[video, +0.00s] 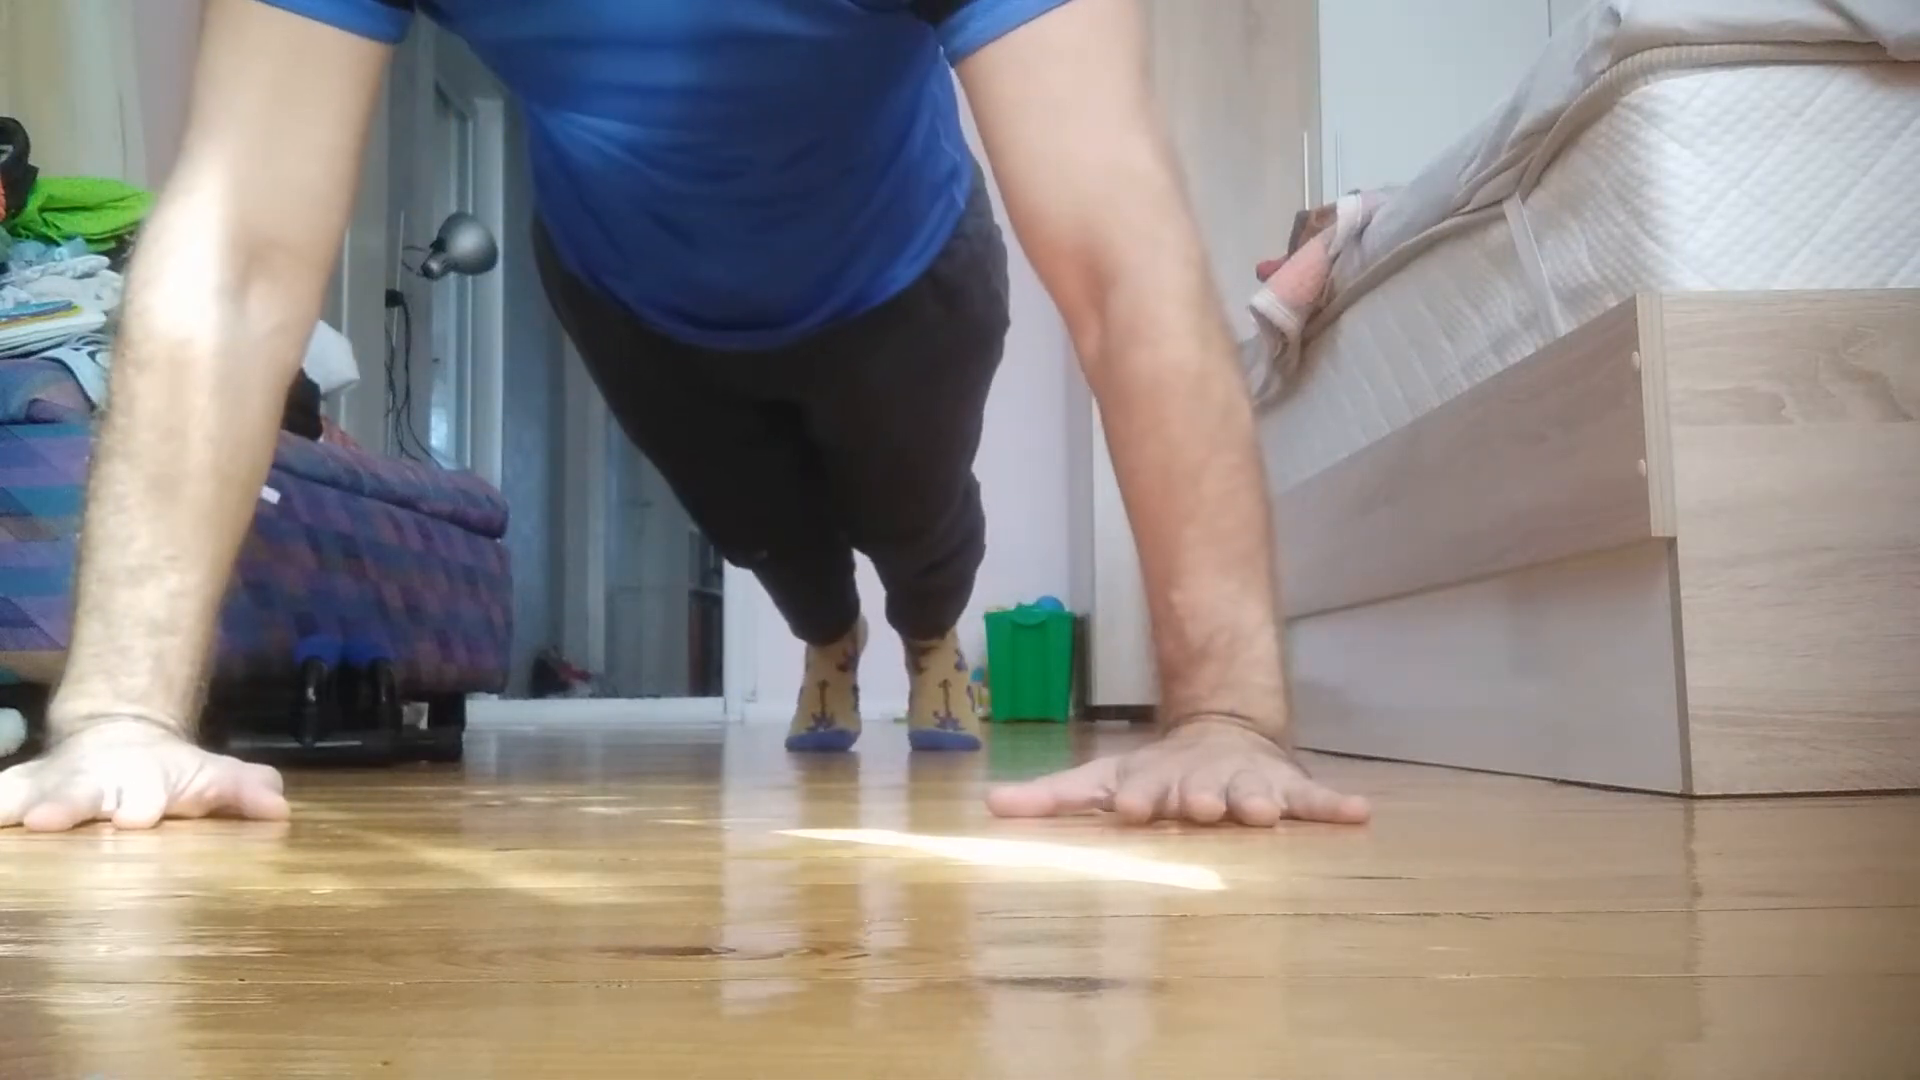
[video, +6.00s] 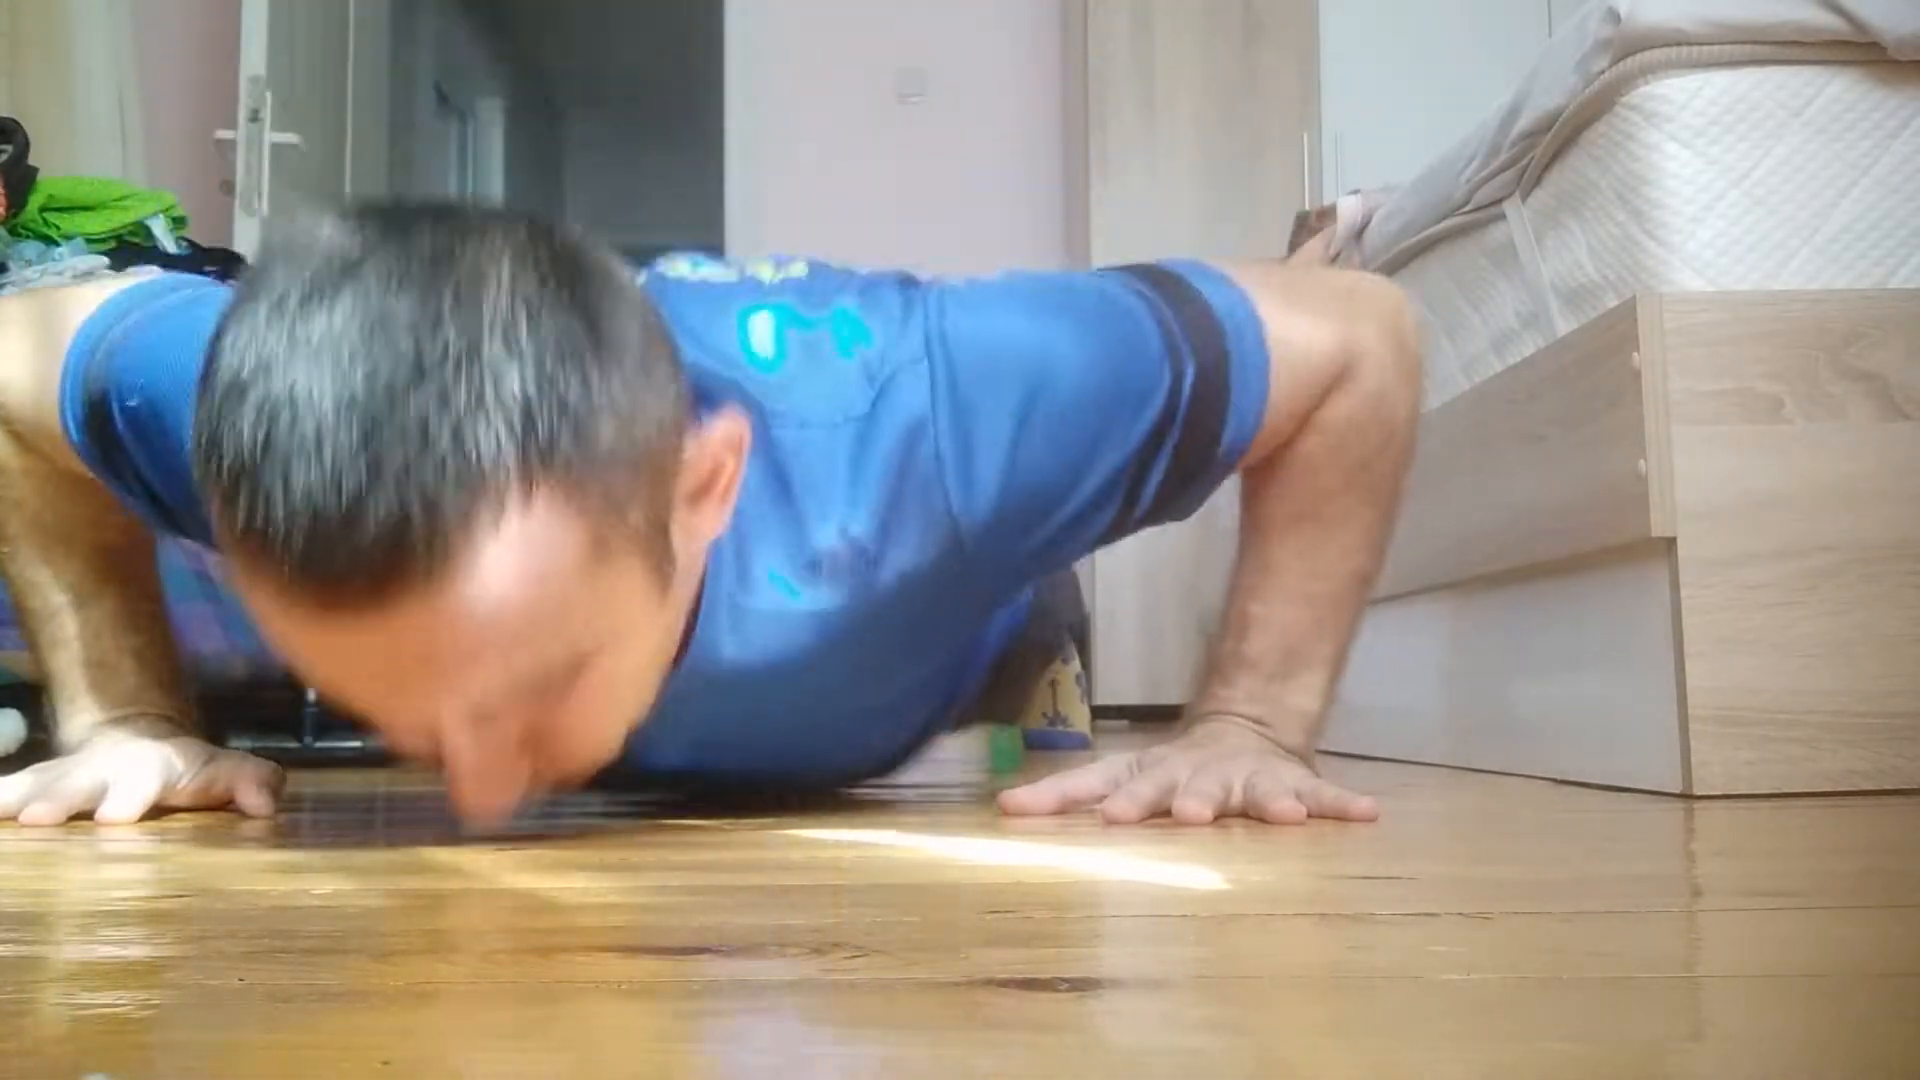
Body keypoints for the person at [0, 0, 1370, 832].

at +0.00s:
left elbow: (1125, 253)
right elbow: (233, 252)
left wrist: (1225, 704)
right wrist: (124, 710)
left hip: (887, 270)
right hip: (632, 297)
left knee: (910, 521)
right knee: (768, 531)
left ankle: (934, 642)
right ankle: (829, 650)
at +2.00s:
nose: (471, 785)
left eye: (546, 685)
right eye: (386, 703)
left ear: (710, 492)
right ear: (269, 539)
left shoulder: (934, 449)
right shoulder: (234, 409)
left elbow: (1350, 348)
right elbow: (31, 376)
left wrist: (1248, 723)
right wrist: (131, 725)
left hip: (844, 712)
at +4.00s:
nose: (478, 774)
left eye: (544, 679)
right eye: (396, 701)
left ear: (706, 480)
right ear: (271, 533)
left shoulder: (936, 446)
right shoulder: (222, 412)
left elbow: (1346, 346)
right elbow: (26, 375)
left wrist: (1248, 723)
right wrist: (127, 717)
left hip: (923, 704)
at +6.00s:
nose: (477, 789)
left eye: (545, 690)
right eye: (389, 710)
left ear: (703, 495)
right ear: (270, 549)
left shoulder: (934, 439)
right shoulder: (218, 401)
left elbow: (1360, 346)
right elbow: (22, 349)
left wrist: (1253, 718)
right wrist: (124, 719)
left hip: (916, 697)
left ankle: (1028, 696)